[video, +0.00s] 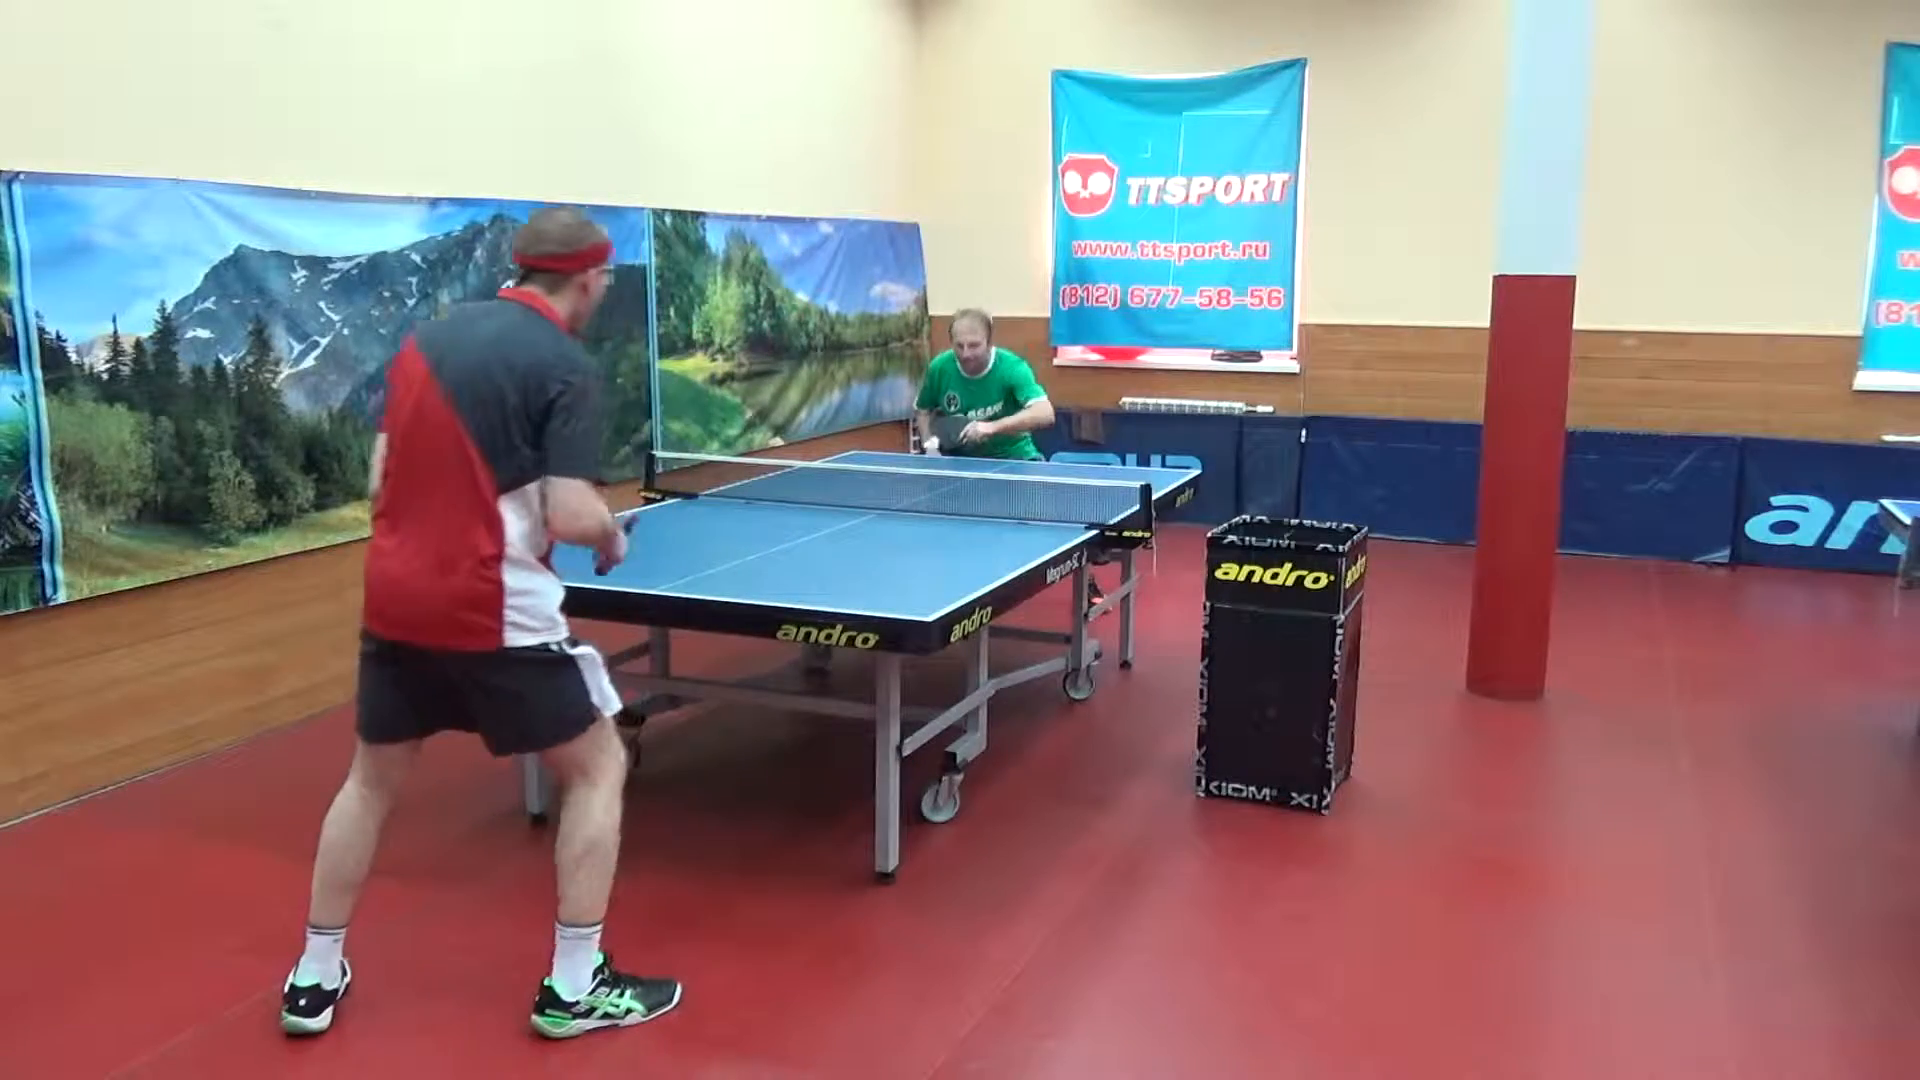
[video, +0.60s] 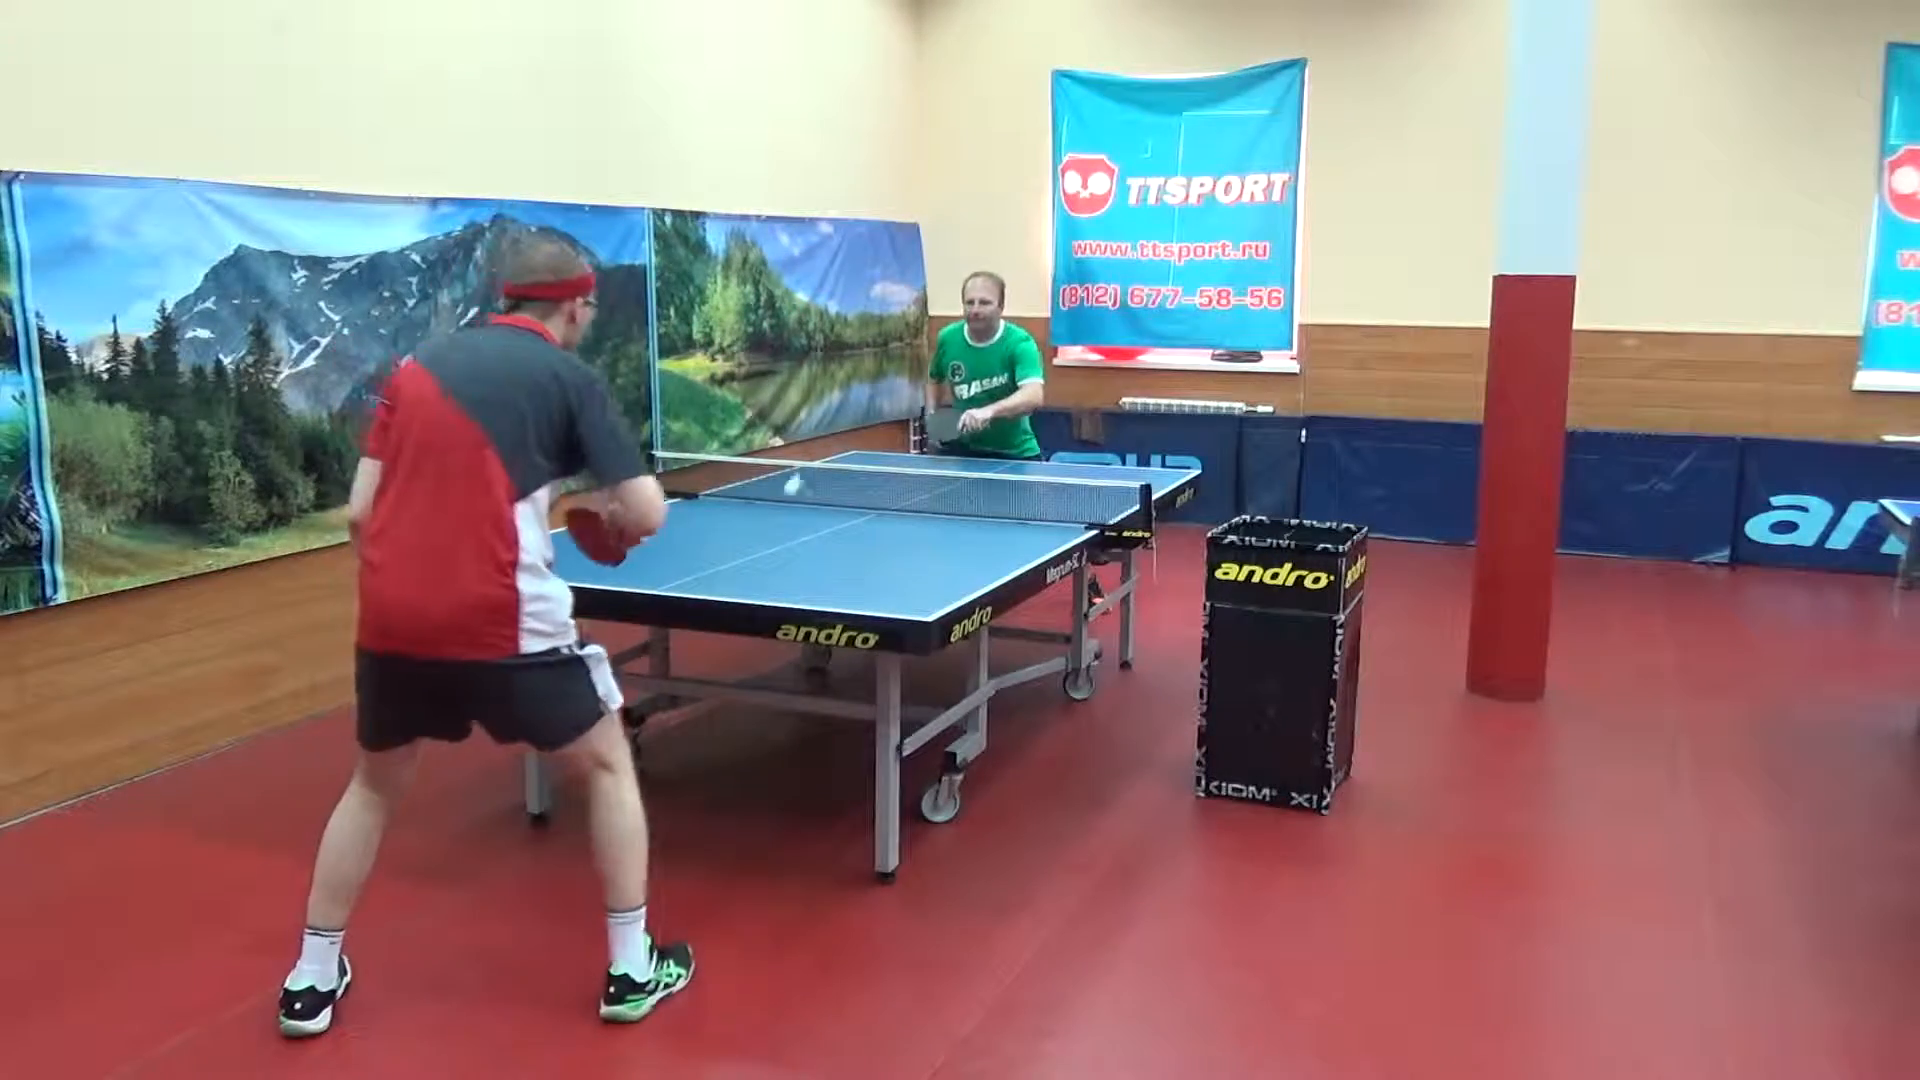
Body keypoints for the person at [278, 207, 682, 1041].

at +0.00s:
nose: (602, 298)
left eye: (602, 284)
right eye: (602, 284)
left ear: (519, 272)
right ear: (585, 282)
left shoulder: (426, 337)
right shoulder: (562, 365)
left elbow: (383, 477)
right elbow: (569, 515)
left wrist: (496, 501)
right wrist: (609, 528)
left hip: (395, 606)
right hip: (502, 616)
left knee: (370, 776)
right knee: (596, 765)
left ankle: (314, 976)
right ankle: (576, 982)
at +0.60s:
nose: (587, 322)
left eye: (586, 309)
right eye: (586, 309)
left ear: (503, 301)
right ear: (569, 309)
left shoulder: (418, 365)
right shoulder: (568, 379)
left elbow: (362, 509)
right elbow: (644, 511)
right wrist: (593, 514)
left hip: (393, 629)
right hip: (513, 628)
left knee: (373, 783)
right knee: (607, 764)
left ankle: (311, 980)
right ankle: (632, 966)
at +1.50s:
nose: (528, 315)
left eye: (527, 302)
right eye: (527, 303)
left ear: (438, 296)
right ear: (508, 304)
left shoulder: (337, 364)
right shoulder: (518, 387)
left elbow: (288, 530)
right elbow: (588, 534)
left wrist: (317, 610)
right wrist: (584, 567)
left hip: (322, 650)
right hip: (462, 649)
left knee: (267, 856)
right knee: (563, 788)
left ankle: (218, 1067)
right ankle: (624, 967)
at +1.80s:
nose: (515, 312)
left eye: (513, 298)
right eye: (510, 299)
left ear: (423, 298)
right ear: (484, 301)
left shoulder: (316, 370)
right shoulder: (495, 378)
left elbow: (275, 532)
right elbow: (607, 523)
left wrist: (324, 612)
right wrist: (604, 508)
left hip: (314, 655)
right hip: (453, 648)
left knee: (265, 852)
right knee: (570, 791)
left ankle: (217, 1066)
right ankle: (621, 987)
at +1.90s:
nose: (546, 324)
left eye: (544, 309)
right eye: (544, 310)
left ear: (456, 303)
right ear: (525, 311)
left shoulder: (359, 373)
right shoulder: (529, 387)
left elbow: (312, 536)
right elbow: (642, 510)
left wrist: (367, 607)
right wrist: (613, 524)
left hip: (353, 663)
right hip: (490, 657)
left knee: (289, 852)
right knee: (604, 796)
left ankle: (223, 1065)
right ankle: (669, 974)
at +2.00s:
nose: (586, 331)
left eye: (585, 317)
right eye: (583, 318)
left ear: (493, 306)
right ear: (560, 313)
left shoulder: (405, 379)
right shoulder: (572, 382)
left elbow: (362, 537)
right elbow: (679, 493)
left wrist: (395, 613)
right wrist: (648, 528)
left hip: (408, 655)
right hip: (543, 651)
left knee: (320, 850)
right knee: (638, 783)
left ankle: (236, 1062)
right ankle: (671, 976)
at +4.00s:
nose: (386, 260)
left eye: (380, 250)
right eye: (384, 249)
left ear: (291, 258)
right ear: (375, 250)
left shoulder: (254, 367)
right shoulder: (444, 309)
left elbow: (255, 554)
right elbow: (597, 328)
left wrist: (270, 648)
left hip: (339, 631)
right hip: (477, 616)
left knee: (265, 855)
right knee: (515, 796)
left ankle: (227, 1070)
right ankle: (538, 995)